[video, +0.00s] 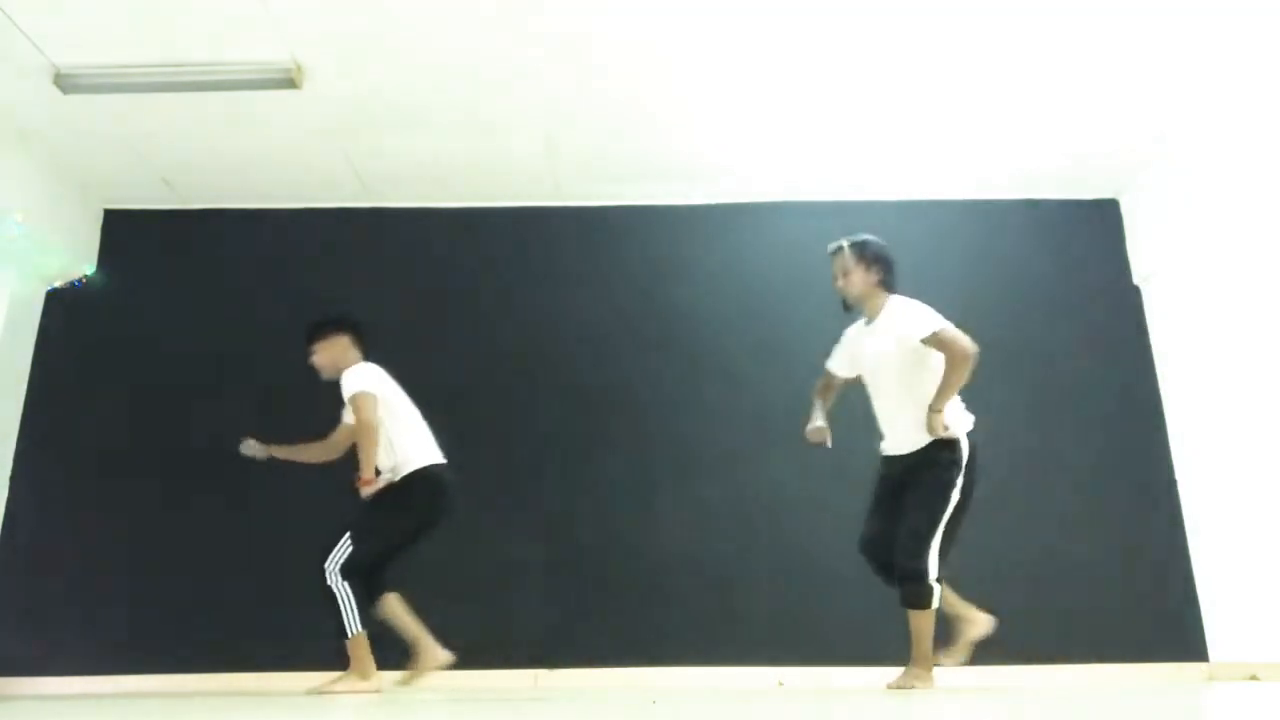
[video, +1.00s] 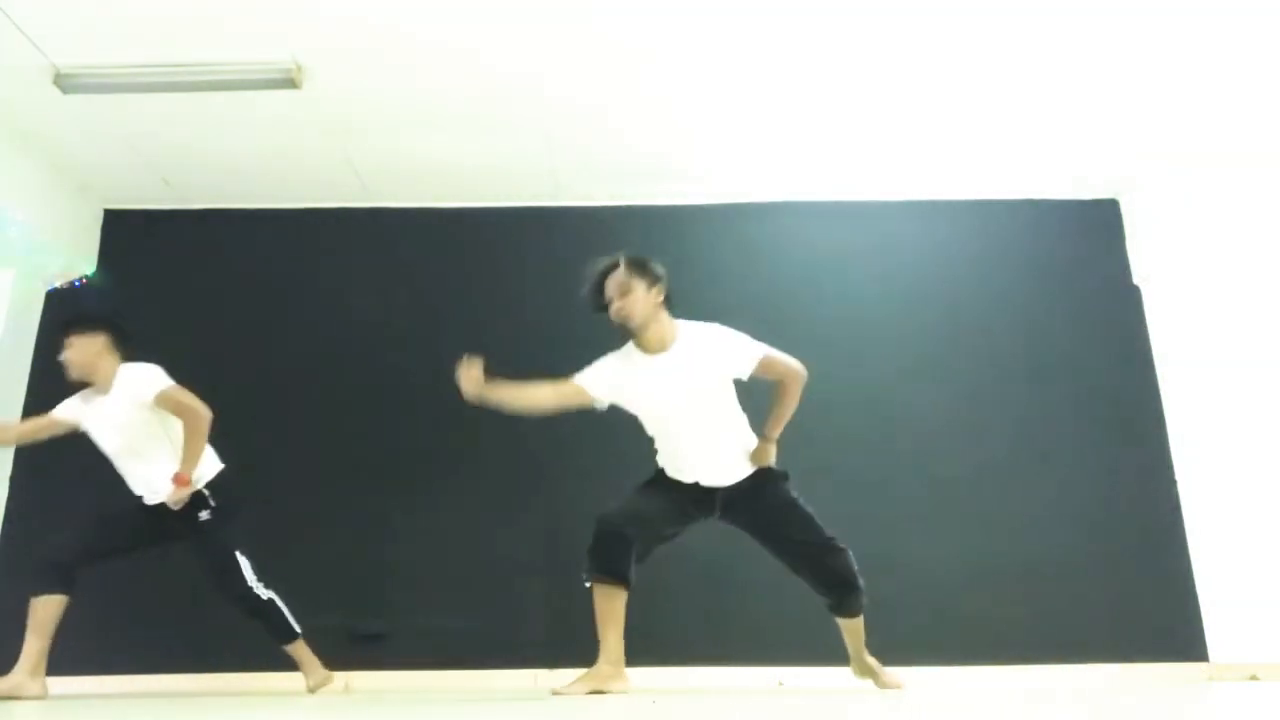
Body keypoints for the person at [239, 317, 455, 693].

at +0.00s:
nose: (312, 360)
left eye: (316, 349)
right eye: (311, 352)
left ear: (343, 343)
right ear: (340, 346)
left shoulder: (359, 374)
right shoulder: (362, 385)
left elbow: (367, 420)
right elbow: (331, 449)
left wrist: (366, 475)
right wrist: (270, 451)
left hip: (414, 484)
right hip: (425, 485)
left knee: (338, 568)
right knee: (364, 572)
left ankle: (362, 670)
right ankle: (429, 650)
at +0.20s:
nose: (285, 353)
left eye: (290, 343)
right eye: (284, 345)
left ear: (317, 337)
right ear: (311, 341)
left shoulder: (348, 372)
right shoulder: (317, 396)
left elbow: (377, 419)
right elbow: (292, 448)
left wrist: (361, 469)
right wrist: (259, 442)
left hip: (397, 486)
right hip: (375, 492)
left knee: (331, 573)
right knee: (317, 576)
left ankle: (353, 674)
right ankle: (391, 651)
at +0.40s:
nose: (280, 339)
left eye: (285, 329)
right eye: (278, 331)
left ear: (312, 326)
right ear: (290, 333)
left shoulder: (340, 366)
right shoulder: (292, 384)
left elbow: (366, 417)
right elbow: (245, 426)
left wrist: (339, 466)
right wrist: (236, 396)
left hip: (361, 491)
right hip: (322, 494)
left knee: (311, 581)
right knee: (249, 558)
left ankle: (353, 673)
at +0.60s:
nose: (252, 322)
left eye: (259, 313)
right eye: (252, 315)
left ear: (287, 315)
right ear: (270, 320)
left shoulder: (307, 361)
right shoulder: (258, 367)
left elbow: (320, 413)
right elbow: (191, 376)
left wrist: (284, 455)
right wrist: (164, 339)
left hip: (292, 495)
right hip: (254, 494)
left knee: (286, 593)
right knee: (170, 563)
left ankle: (351, 674)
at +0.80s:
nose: (159, 324)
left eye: (169, 315)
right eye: (161, 317)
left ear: (196, 320)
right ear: (170, 326)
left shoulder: (217, 362)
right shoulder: (159, 373)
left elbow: (249, 412)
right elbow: (85, 374)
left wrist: (217, 462)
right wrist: (29, 345)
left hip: (232, 496)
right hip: (185, 501)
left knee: (266, 588)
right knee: (100, 561)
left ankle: (345, 671)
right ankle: (32, 674)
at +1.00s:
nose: (63, 353)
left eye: (71, 342)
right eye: (62, 345)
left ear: (103, 342)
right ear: (88, 347)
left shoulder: (141, 378)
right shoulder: (81, 405)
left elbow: (198, 414)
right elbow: (27, 429)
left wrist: (185, 476)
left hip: (202, 500)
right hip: (156, 509)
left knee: (242, 587)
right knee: (62, 556)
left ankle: (314, 671)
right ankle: (28, 673)